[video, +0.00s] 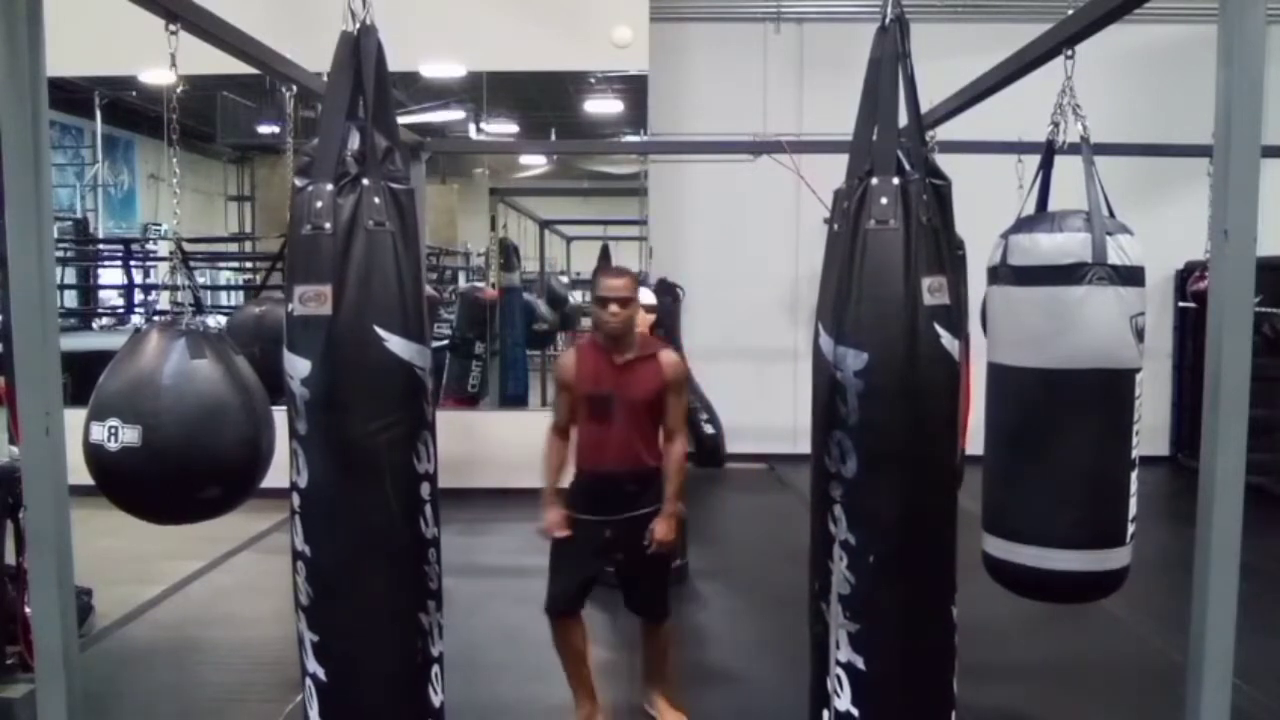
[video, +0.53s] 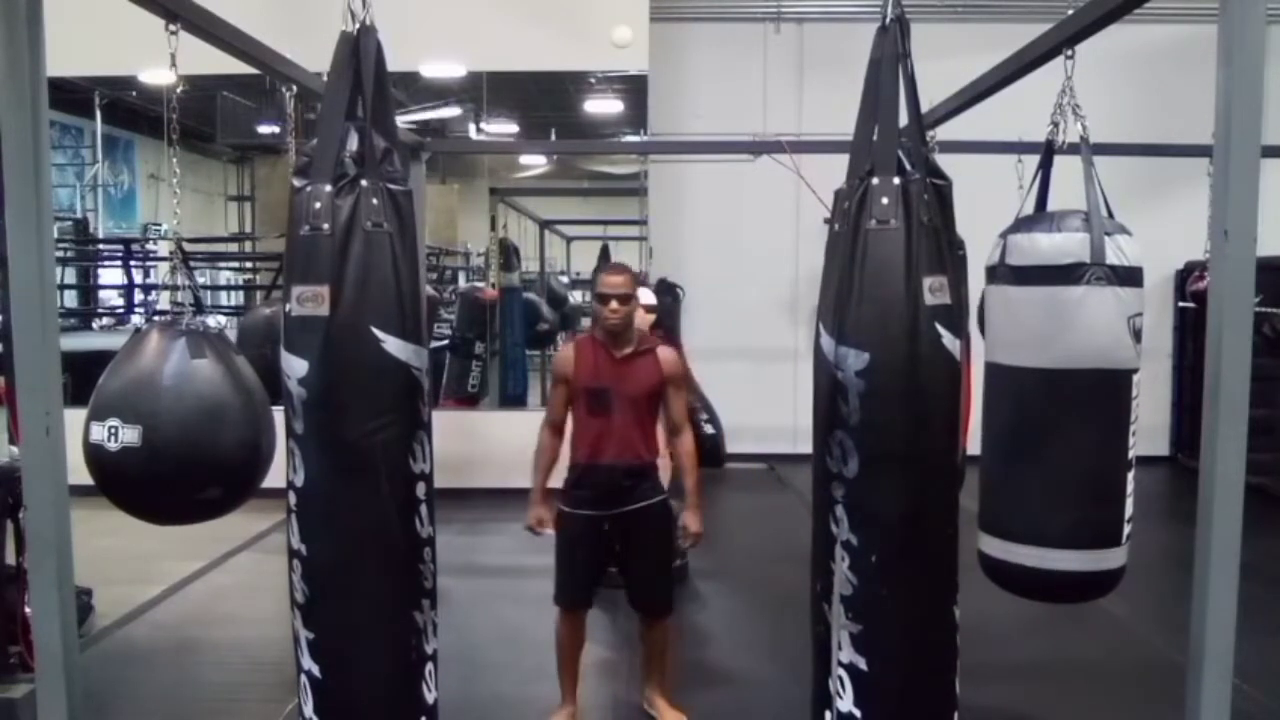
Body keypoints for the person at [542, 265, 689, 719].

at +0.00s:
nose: (613, 312)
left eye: (623, 303)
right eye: (604, 303)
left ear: (639, 307)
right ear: (592, 307)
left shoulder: (667, 364)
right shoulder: (572, 364)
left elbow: (676, 437)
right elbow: (560, 430)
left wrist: (670, 509)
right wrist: (552, 497)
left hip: (646, 494)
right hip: (587, 495)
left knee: (654, 607)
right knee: (562, 607)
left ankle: (656, 693)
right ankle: (586, 704)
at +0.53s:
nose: (613, 308)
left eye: (623, 299)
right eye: (604, 299)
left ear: (637, 303)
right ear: (593, 303)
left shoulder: (665, 359)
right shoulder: (571, 357)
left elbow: (680, 430)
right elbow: (553, 427)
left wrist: (692, 503)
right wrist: (538, 495)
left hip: (644, 494)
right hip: (582, 494)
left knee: (656, 606)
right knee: (572, 606)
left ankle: (655, 692)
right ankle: (568, 702)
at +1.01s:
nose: (596, 310)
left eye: (606, 301)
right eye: (587, 302)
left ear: (620, 303)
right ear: (575, 305)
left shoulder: (652, 361)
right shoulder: (554, 363)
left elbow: (664, 429)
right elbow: (540, 435)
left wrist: (668, 499)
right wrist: (538, 506)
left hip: (637, 492)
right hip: (575, 495)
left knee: (659, 606)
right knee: (568, 609)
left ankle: (667, 702)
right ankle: (567, 704)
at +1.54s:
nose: (647, 306)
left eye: (659, 299)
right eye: (638, 297)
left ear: (676, 304)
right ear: (626, 301)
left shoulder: (696, 365)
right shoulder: (598, 358)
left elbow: (712, 440)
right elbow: (584, 432)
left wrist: (717, 516)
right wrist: (578, 504)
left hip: (671, 505)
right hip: (608, 505)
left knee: (674, 624)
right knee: (587, 620)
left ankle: (670, 708)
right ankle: (580, 712)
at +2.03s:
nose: (615, 316)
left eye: (626, 307)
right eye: (606, 307)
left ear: (646, 311)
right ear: (595, 309)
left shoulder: (673, 370)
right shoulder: (569, 368)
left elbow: (685, 445)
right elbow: (551, 444)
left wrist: (693, 519)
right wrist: (543, 515)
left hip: (656, 512)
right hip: (589, 514)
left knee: (678, 641)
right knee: (574, 639)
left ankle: (682, 715)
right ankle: (574, 718)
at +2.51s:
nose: (632, 314)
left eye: (644, 304)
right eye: (622, 304)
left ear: (662, 307)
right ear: (611, 306)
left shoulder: (689, 366)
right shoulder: (585, 365)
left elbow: (704, 447)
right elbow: (573, 444)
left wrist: (710, 527)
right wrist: (567, 524)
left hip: (669, 513)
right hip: (603, 514)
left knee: (684, 645)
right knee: (583, 641)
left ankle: (683, 716)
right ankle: (577, 716)